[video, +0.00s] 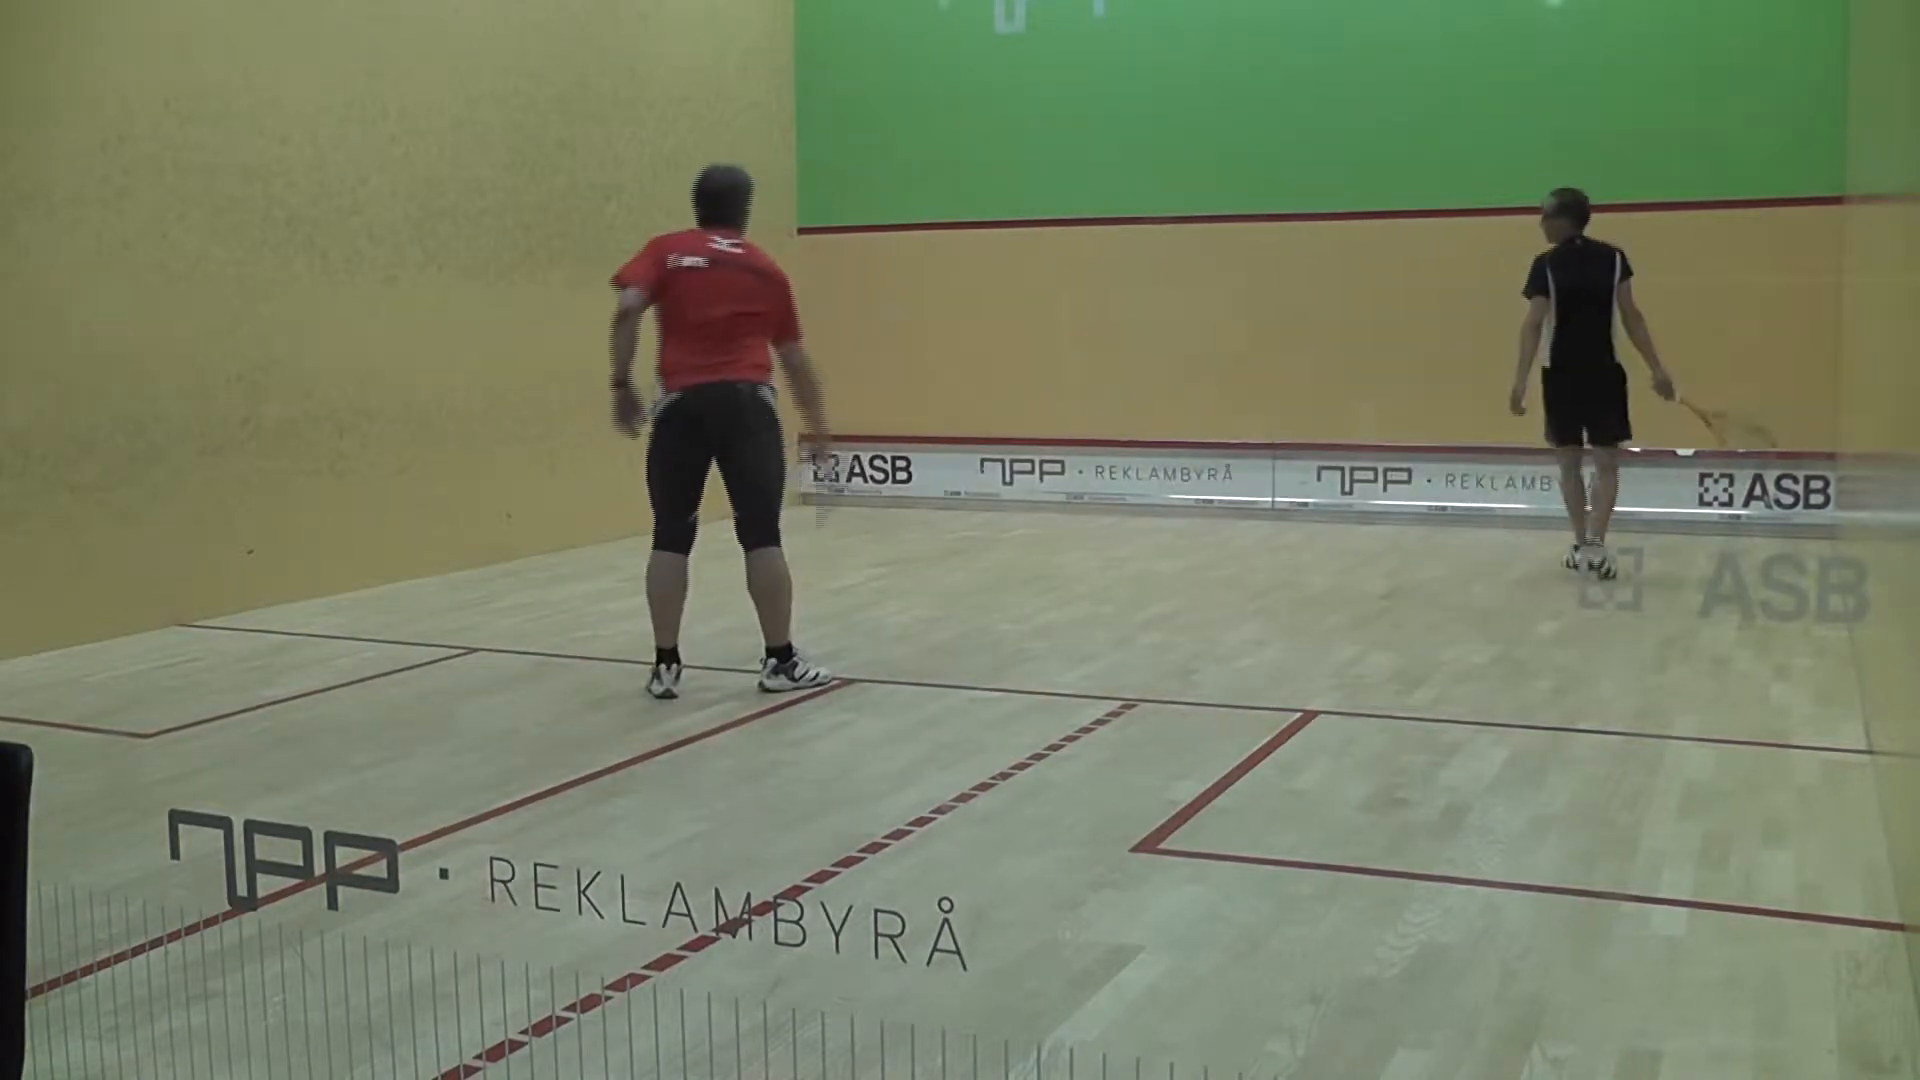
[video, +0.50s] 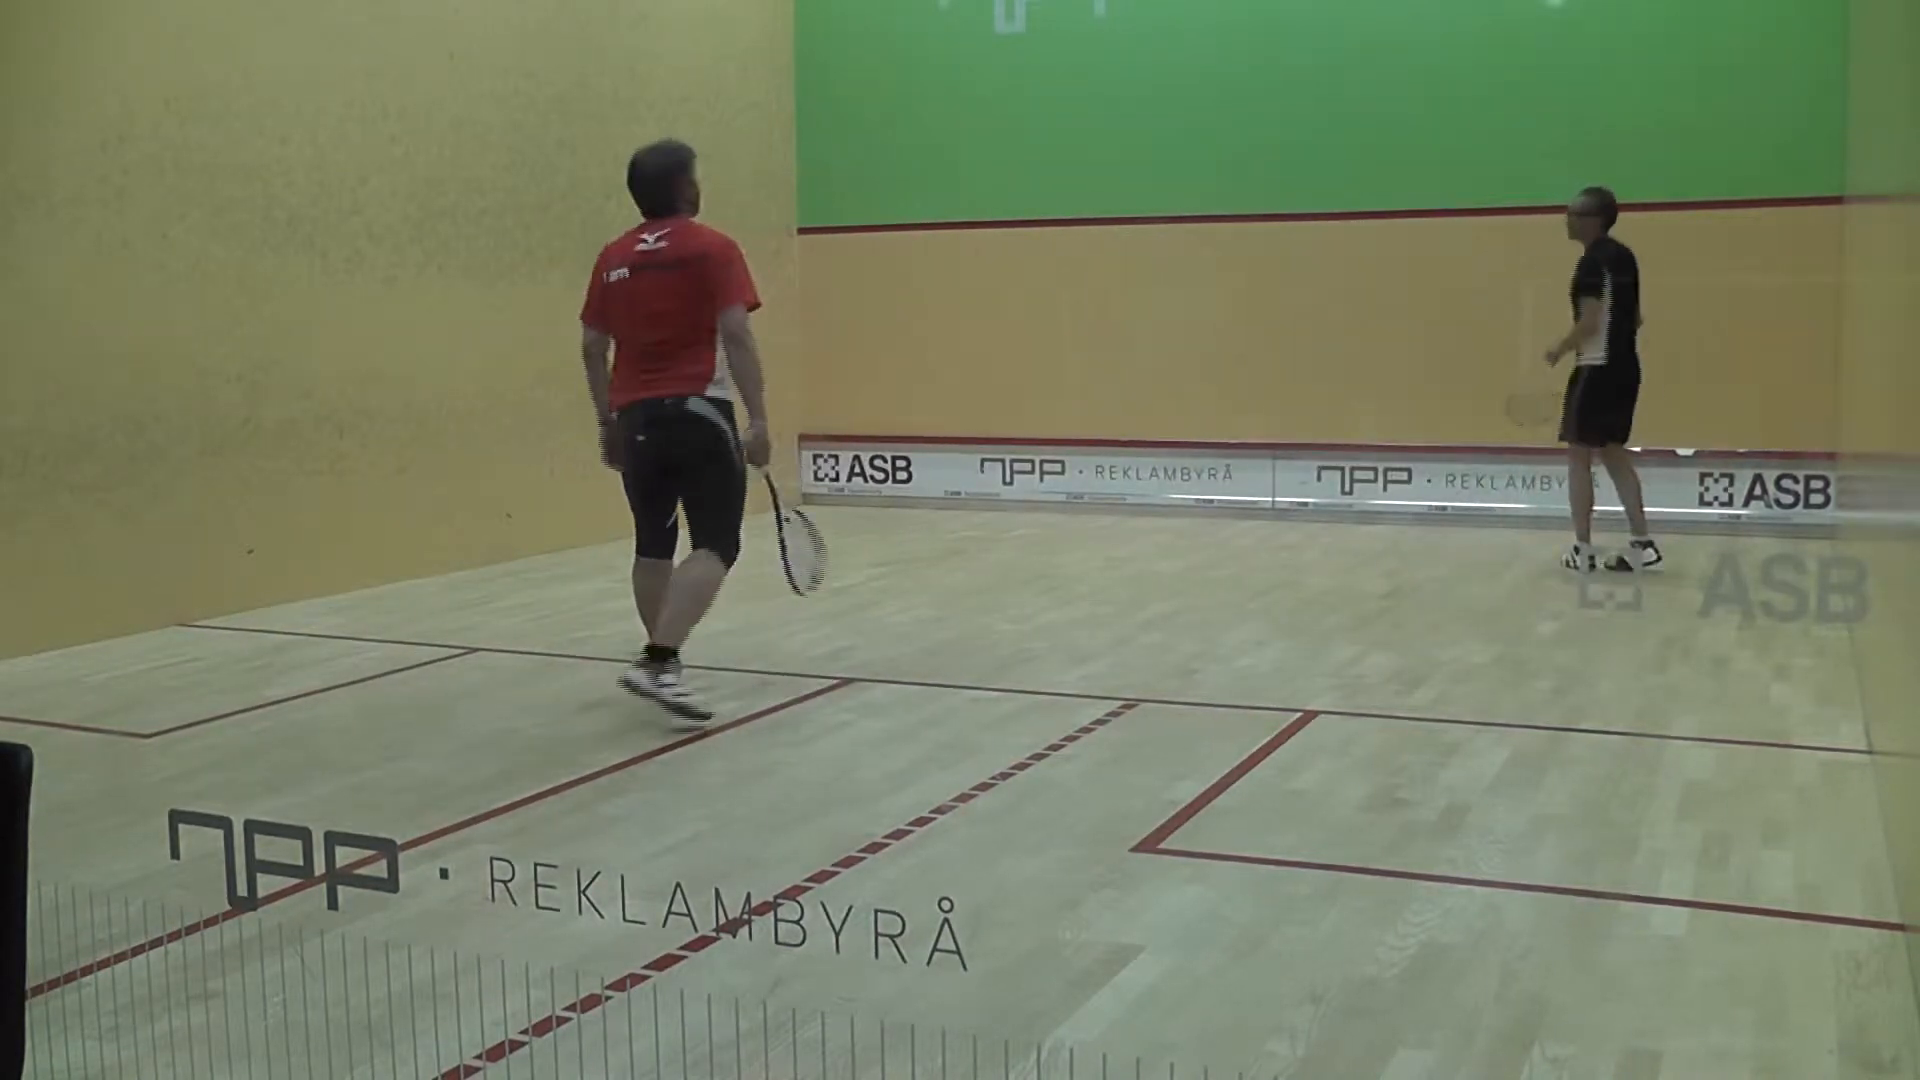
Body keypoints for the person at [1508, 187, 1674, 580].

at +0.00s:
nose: (1542, 223)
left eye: (1546, 217)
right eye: (1543, 216)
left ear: (1559, 221)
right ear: (1582, 220)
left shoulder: (1546, 264)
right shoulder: (1612, 256)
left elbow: (1534, 323)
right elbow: (1630, 315)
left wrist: (1520, 380)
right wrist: (1657, 368)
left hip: (1561, 377)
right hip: (1605, 375)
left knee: (1569, 462)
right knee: (1607, 462)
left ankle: (1582, 543)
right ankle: (1596, 544)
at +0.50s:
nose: (1567, 220)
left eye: (1574, 214)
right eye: (1569, 213)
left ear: (1594, 220)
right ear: (1600, 220)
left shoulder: (1591, 261)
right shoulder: (1624, 256)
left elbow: (1591, 321)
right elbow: (1635, 319)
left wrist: (1560, 347)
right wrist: (1600, 341)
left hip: (1595, 370)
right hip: (1623, 369)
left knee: (1579, 457)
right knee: (1614, 452)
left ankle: (1582, 548)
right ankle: (1643, 542)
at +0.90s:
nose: (1584, 216)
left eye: (1594, 210)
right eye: (1584, 208)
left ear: (1614, 217)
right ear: (1586, 213)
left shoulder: (1624, 259)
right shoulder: (1593, 259)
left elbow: (1632, 320)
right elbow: (1594, 319)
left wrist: (1610, 368)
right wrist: (1576, 361)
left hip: (1619, 367)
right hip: (1601, 367)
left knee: (1596, 455)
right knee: (1617, 455)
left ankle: (1616, 551)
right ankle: (1642, 542)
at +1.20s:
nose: (1583, 214)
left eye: (1593, 208)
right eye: (1580, 207)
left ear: (1611, 214)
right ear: (1575, 210)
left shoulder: (1628, 260)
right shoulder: (1572, 262)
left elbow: (1644, 326)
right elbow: (1573, 327)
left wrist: (1646, 385)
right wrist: (1559, 379)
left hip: (1613, 375)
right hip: (1577, 375)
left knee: (1606, 465)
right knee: (1562, 459)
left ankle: (1619, 556)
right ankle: (1602, 535)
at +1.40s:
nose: (1566, 213)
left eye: (1575, 207)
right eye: (1562, 206)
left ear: (1593, 213)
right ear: (1556, 211)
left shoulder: (1613, 257)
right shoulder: (1552, 262)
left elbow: (1638, 319)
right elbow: (1552, 322)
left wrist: (1647, 382)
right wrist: (1534, 373)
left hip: (1604, 375)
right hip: (1560, 374)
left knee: (1604, 465)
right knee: (1533, 456)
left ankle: (1619, 558)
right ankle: (1544, 557)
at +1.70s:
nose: (1521, 219)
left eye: (1530, 212)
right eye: (1517, 211)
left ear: (1549, 217)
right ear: (1512, 216)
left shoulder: (1572, 264)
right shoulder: (1507, 268)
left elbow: (1595, 326)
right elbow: (1501, 332)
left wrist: (1597, 388)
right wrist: (1481, 389)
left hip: (1560, 387)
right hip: (1515, 387)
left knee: (1573, 478)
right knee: (1501, 473)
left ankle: (1610, 546)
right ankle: (1512, 571)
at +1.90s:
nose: (1499, 207)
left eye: (1508, 200)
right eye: (1494, 198)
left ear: (1526, 206)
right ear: (1487, 203)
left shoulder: (1545, 254)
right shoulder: (1473, 260)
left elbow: (1564, 317)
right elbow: (1464, 322)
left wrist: (1567, 377)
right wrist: (1446, 380)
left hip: (1531, 375)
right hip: (1487, 375)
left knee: (1520, 469)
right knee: (1491, 472)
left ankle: (1540, 544)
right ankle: (1509, 570)